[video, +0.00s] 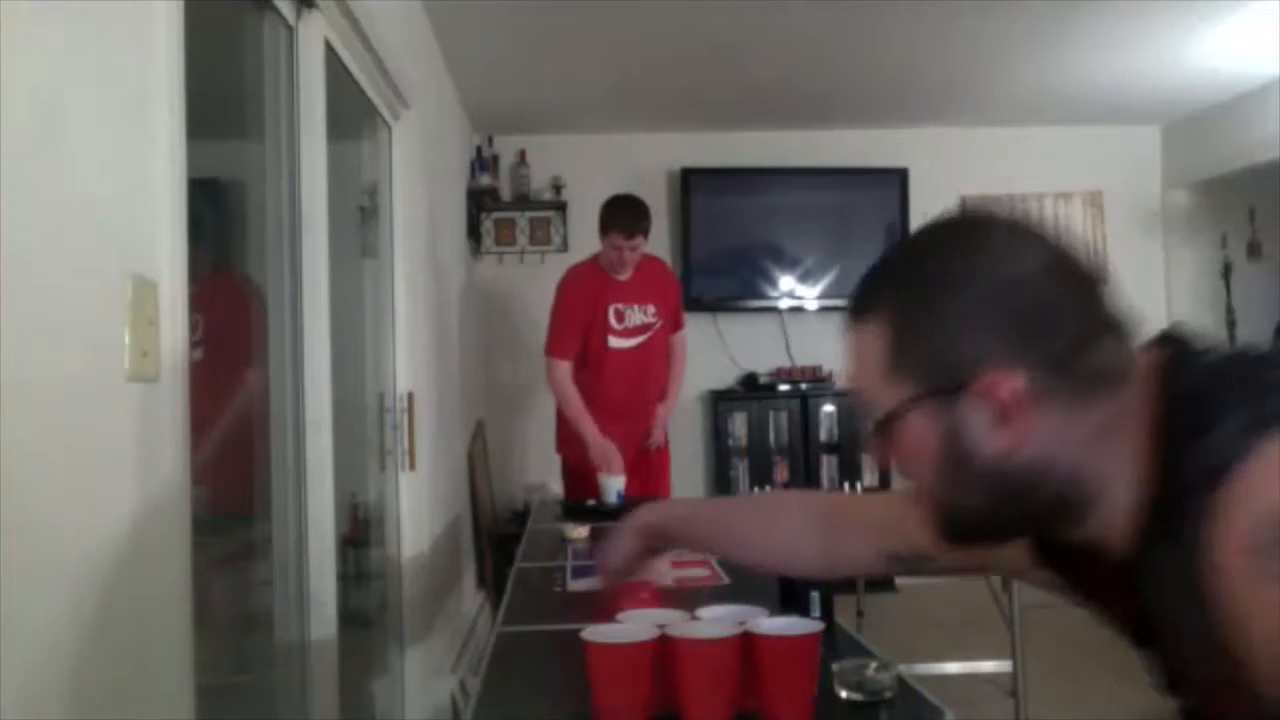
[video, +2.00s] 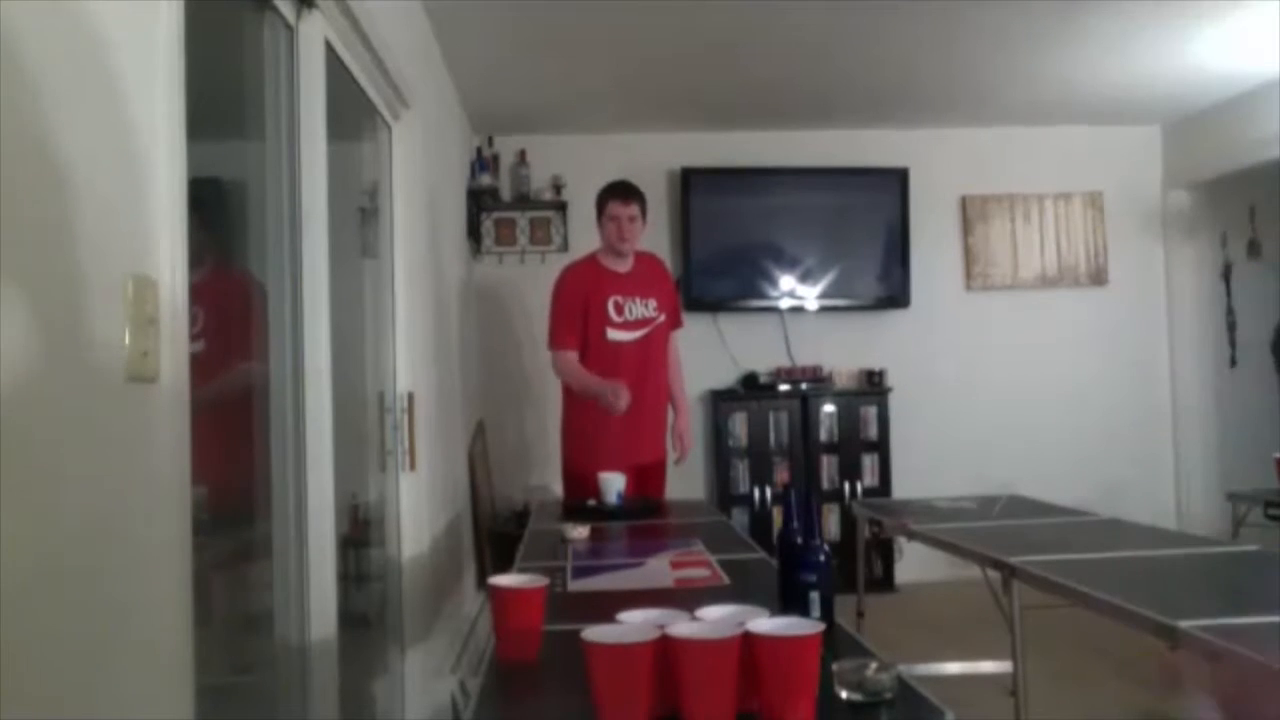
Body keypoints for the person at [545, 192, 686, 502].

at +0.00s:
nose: (625, 258)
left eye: (634, 249)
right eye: (616, 249)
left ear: (645, 242)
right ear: (602, 239)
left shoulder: (662, 277)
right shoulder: (578, 283)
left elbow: (677, 341)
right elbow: (558, 370)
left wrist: (667, 406)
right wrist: (594, 441)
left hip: (648, 440)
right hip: (590, 444)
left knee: (650, 540)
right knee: (595, 544)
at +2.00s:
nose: (623, 229)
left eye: (632, 220)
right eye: (613, 220)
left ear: (644, 225)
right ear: (599, 224)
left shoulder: (657, 272)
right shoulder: (576, 279)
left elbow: (669, 348)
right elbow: (564, 361)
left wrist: (681, 413)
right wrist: (601, 388)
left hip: (647, 438)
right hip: (593, 442)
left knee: (648, 540)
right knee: (594, 541)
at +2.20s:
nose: (623, 229)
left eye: (632, 220)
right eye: (614, 220)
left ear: (644, 225)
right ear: (599, 224)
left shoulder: (656, 272)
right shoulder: (577, 277)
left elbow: (667, 347)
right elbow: (568, 355)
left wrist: (680, 412)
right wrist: (608, 344)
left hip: (647, 435)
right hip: (593, 438)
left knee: (648, 542)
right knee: (594, 542)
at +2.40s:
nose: (624, 229)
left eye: (632, 220)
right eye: (614, 220)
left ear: (644, 225)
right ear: (600, 224)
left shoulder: (654, 270)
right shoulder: (578, 276)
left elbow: (667, 347)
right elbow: (579, 343)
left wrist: (681, 412)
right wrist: (610, 287)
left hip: (647, 434)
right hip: (594, 435)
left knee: (648, 542)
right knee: (594, 542)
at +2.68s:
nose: (625, 226)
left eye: (633, 216)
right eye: (616, 216)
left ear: (646, 222)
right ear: (602, 219)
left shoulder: (655, 268)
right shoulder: (582, 270)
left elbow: (670, 345)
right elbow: (587, 319)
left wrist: (684, 411)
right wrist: (610, 242)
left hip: (648, 436)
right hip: (596, 438)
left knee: (649, 543)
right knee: (594, 548)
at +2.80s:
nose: (625, 219)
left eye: (633, 210)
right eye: (618, 211)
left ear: (646, 217)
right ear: (605, 216)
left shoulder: (655, 263)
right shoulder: (584, 263)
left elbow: (670, 341)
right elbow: (594, 290)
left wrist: (687, 407)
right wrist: (609, 206)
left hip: (650, 434)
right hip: (598, 435)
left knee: (650, 544)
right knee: (595, 545)